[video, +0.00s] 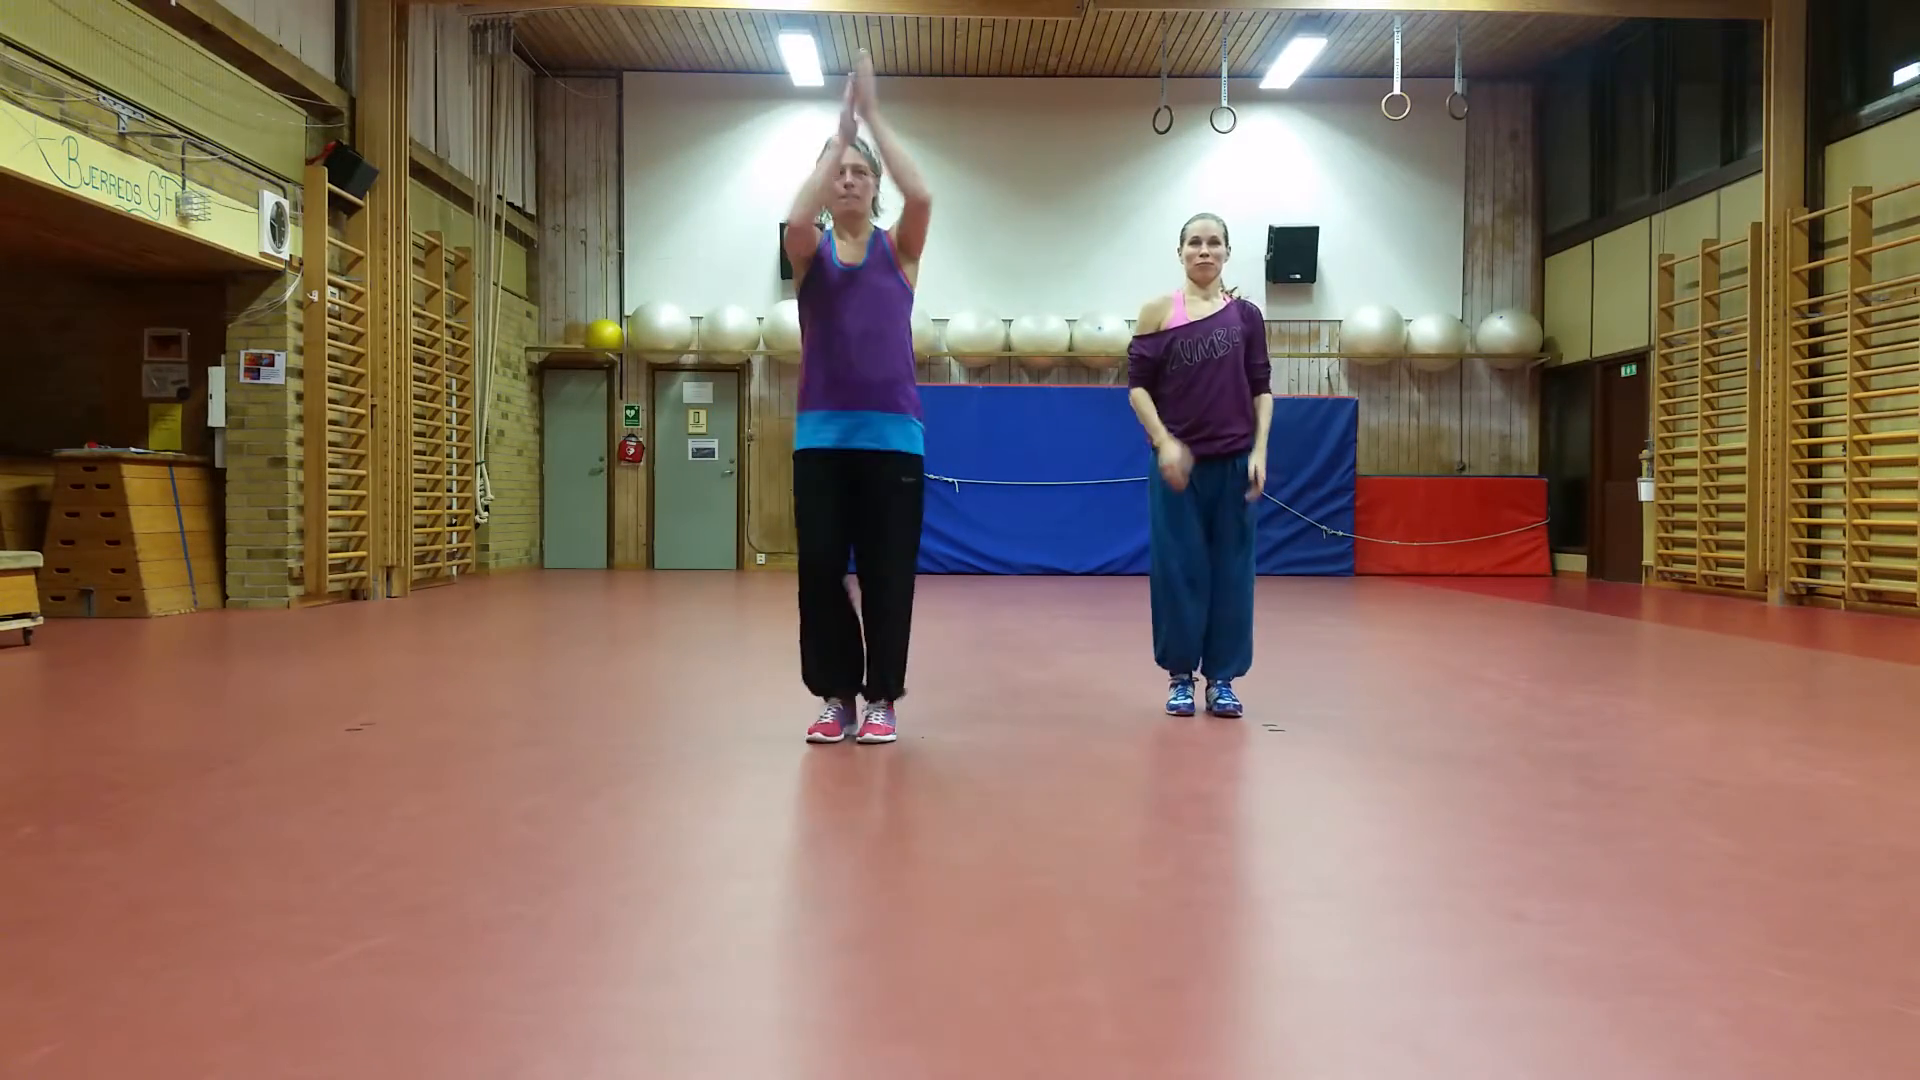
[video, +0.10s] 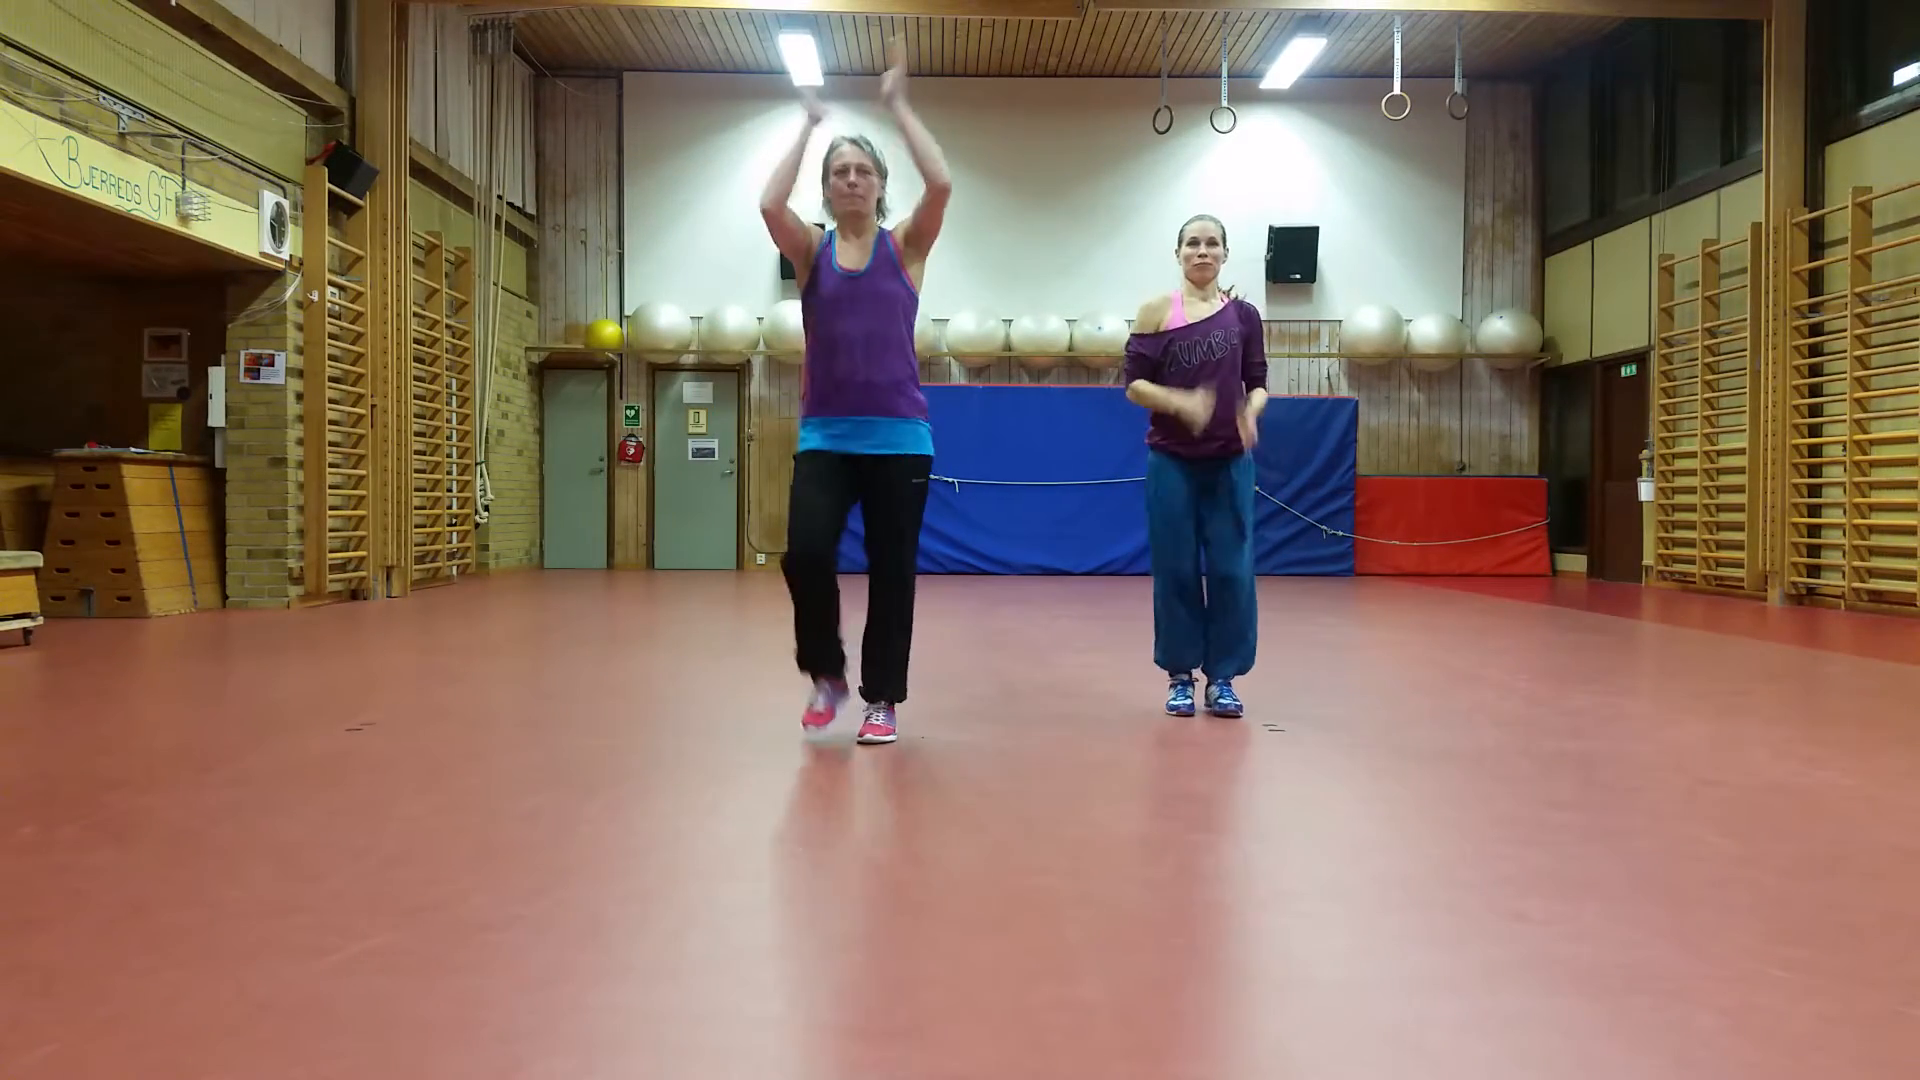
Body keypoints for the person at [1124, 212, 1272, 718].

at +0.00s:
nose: (1204, 251)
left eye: (1214, 243)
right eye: (1196, 242)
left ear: (1227, 252)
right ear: (1181, 251)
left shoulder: (1246, 314)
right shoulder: (1158, 312)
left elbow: (1262, 386)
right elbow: (1137, 386)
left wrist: (1259, 449)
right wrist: (1164, 441)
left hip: (1234, 461)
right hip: (1176, 461)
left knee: (1232, 569)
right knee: (1179, 567)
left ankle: (1221, 680)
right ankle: (1181, 678)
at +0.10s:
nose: (1203, 252)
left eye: (1212, 244)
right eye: (1194, 243)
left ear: (1225, 254)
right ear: (1178, 252)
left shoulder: (1244, 314)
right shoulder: (1156, 312)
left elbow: (1258, 383)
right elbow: (1133, 385)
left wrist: (1249, 411)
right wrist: (1180, 400)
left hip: (1231, 460)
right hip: (1172, 460)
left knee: (1232, 568)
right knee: (1176, 567)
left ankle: (1222, 678)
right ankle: (1181, 677)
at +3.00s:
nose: (1216, 226)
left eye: (1225, 221)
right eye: (1206, 221)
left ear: (1239, 236)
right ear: (1192, 236)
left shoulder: (1252, 284)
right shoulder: (1179, 286)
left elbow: (1278, 201)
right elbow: (1149, 240)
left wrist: (1228, 144)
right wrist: (1170, 165)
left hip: (1238, 438)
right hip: (1181, 434)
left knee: (1239, 552)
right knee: (1181, 547)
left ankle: (1227, 658)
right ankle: (1180, 658)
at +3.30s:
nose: (1215, 233)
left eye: (1223, 227)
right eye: (1205, 227)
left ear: (1237, 241)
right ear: (1191, 241)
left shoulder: (1250, 290)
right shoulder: (1177, 295)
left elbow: (1290, 213)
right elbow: (1146, 249)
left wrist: (1247, 156)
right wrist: (1186, 183)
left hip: (1242, 446)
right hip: (1186, 444)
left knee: (1243, 561)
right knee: (1178, 557)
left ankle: (1228, 662)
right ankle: (1175, 666)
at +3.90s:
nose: (1222, 247)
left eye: (1231, 241)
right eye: (1212, 242)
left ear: (1244, 256)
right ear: (1198, 256)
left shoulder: (1258, 305)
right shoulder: (1185, 308)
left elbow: (1294, 234)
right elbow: (1159, 252)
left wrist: (1243, 185)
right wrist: (1210, 197)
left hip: (1246, 461)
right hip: (1187, 457)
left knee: (1253, 574)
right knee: (1183, 566)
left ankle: (1224, 672)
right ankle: (1180, 670)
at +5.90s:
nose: (1232, 264)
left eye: (1241, 257)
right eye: (1223, 257)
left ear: (1254, 269)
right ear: (1207, 268)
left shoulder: (1277, 329)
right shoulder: (1182, 335)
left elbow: (1303, 394)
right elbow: (1144, 389)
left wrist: (1299, 455)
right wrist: (1141, 408)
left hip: (1255, 484)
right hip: (1187, 481)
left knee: (1284, 583)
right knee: (1156, 579)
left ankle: (1290, 678)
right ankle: (1129, 677)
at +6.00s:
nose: (1231, 254)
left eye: (1240, 246)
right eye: (1222, 246)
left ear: (1252, 256)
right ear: (1206, 259)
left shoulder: (1278, 312)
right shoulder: (1187, 326)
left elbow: (1317, 377)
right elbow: (1152, 396)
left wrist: (1300, 423)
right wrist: (1189, 355)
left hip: (1264, 468)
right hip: (1198, 466)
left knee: (1280, 575)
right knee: (1152, 557)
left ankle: (1287, 680)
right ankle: (1128, 668)